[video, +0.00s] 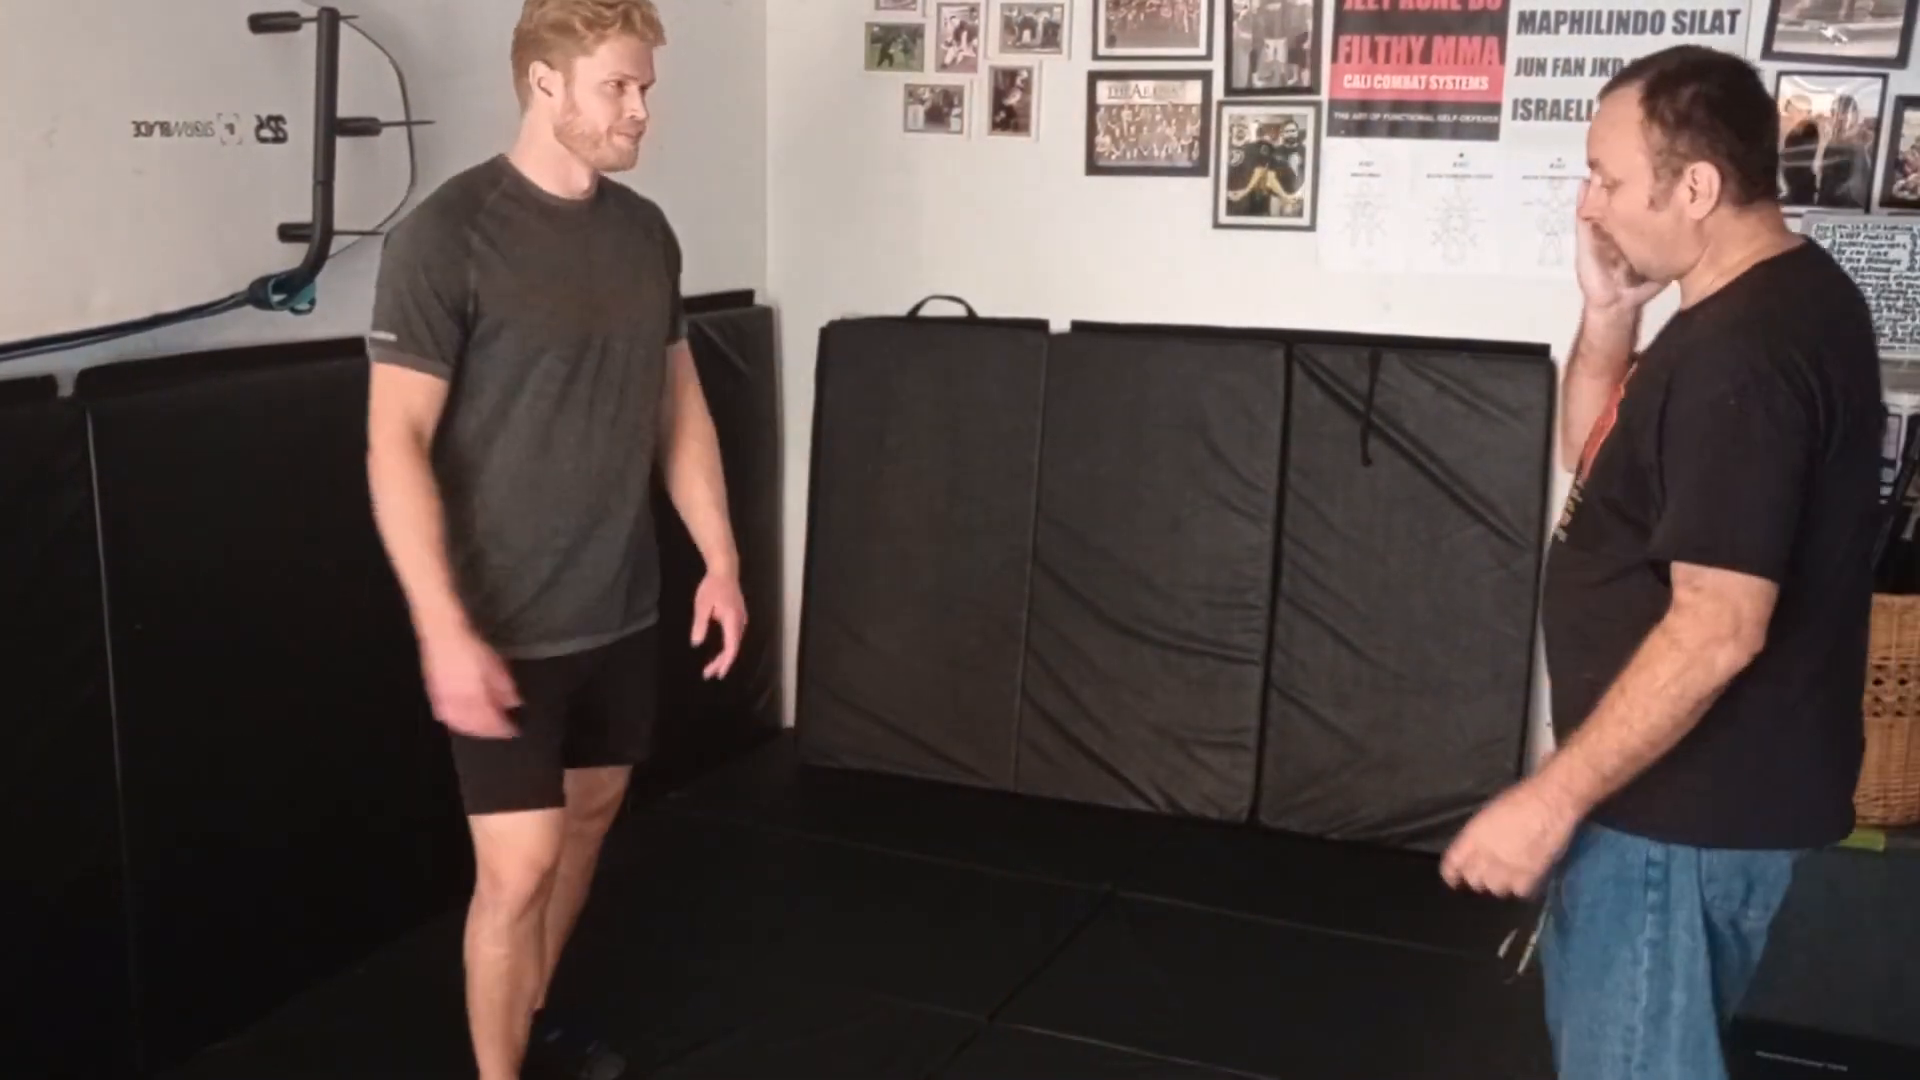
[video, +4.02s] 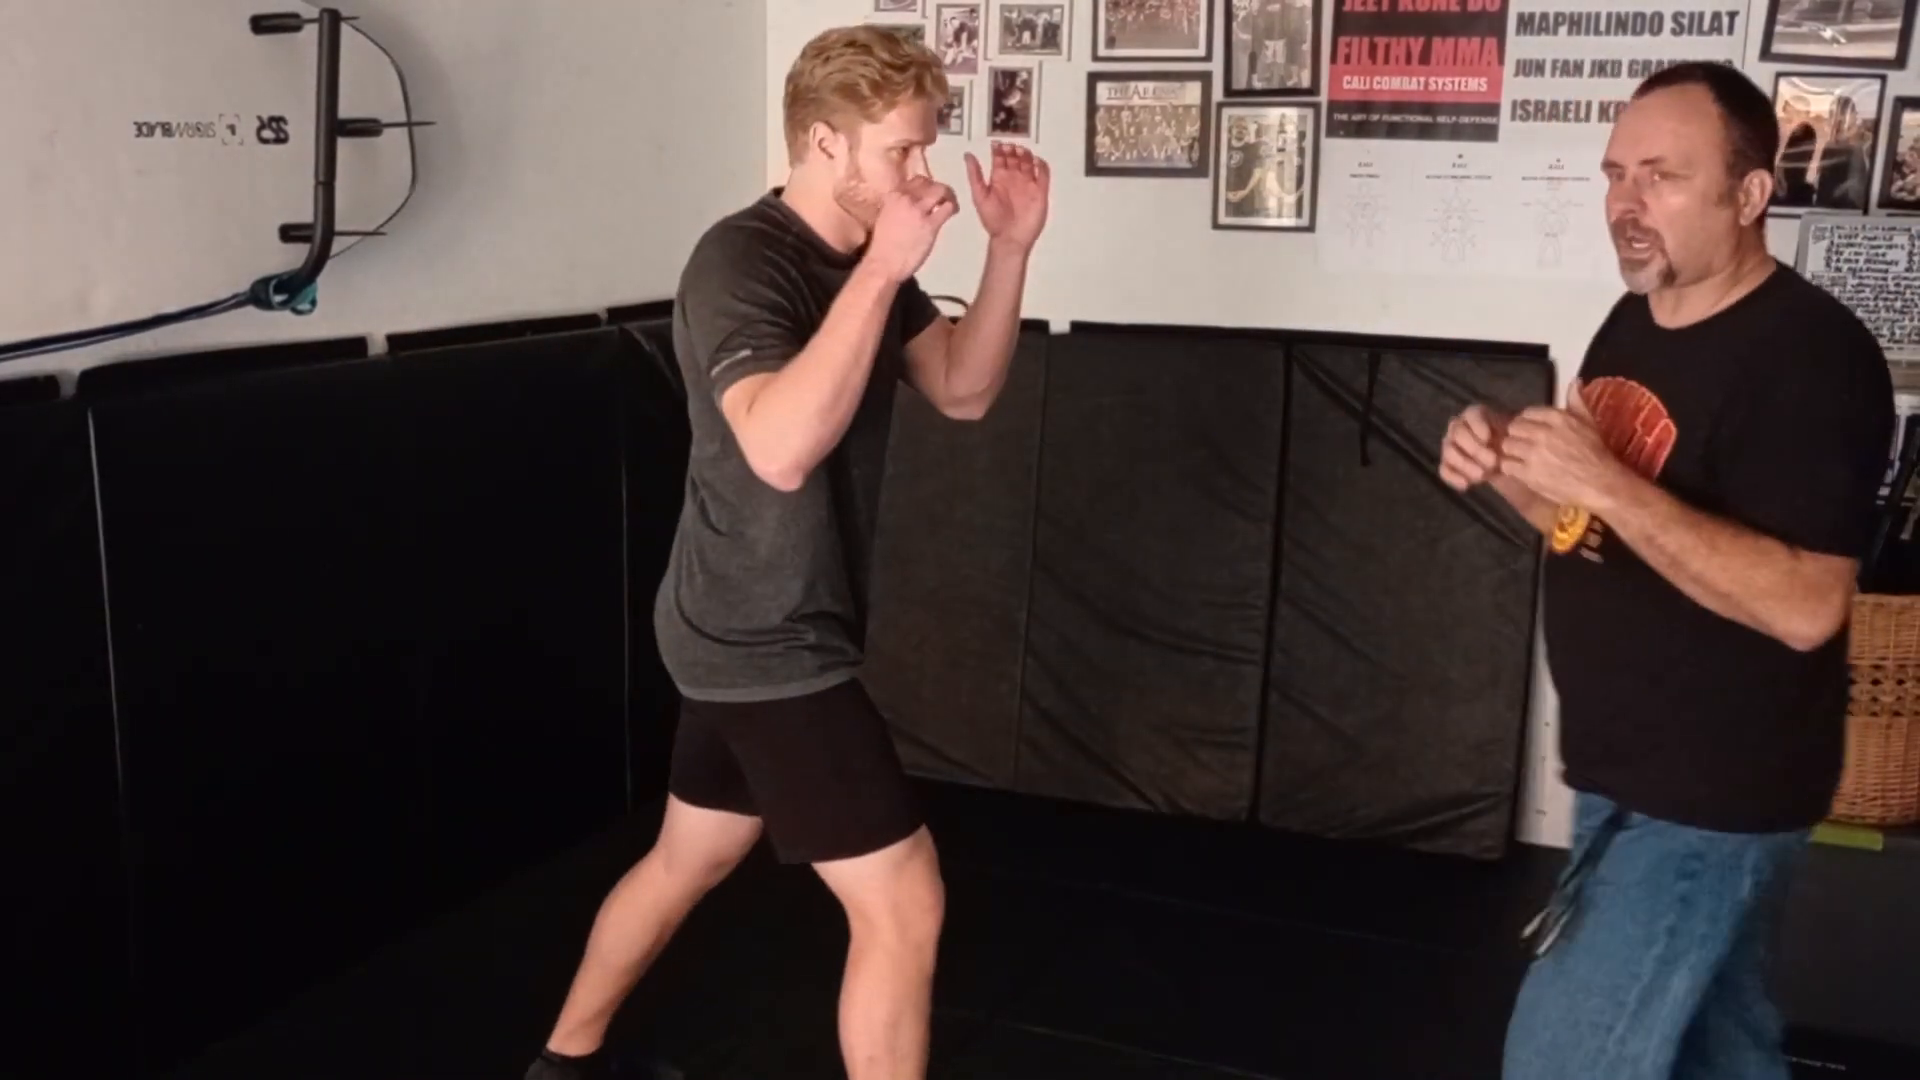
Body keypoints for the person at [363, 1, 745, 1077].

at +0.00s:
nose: (641, 112)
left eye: (647, 88)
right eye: (620, 88)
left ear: (642, 89)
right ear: (544, 87)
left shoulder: (641, 230)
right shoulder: (440, 237)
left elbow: (677, 402)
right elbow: (396, 443)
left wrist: (719, 557)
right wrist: (443, 632)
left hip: (625, 617)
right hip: (498, 630)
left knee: (582, 839)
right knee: (518, 874)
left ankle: (521, 1031)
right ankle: (495, 1068)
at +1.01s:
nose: (606, 125)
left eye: (615, 102)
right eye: (582, 103)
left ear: (620, 100)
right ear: (512, 100)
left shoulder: (581, 223)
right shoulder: (429, 221)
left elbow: (640, 358)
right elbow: (458, 404)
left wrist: (735, 266)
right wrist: (606, 293)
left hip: (568, 587)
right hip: (494, 605)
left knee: (503, 808)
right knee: (560, 871)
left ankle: (441, 978)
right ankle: (524, 1074)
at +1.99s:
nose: (596, 117)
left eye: (602, 96)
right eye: (576, 96)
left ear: (595, 100)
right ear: (504, 92)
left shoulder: (562, 217)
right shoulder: (411, 204)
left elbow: (638, 343)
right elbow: (406, 378)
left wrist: (710, 241)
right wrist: (533, 262)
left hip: (553, 562)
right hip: (465, 573)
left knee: (484, 788)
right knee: (525, 821)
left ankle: (435, 983)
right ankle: (516, 1069)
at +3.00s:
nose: (670, 162)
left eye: (679, 139)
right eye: (650, 139)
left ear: (681, 134)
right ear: (579, 127)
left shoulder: (661, 241)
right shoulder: (499, 231)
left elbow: (752, 340)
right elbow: (437, 381)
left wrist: (802, 231)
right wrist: (571, 243)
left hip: (614, 589)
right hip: (518, 600)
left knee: (651, 806)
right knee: (600, 865)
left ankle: (476, 972)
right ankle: (525, 1074)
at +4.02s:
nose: (927, 177)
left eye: (927, 150)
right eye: (906, 152)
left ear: (853, 148)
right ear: (830, 148)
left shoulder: (854, 252)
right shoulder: (735, 265)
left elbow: (964, 390)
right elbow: (778, 447)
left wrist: (1009, 249)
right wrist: (883, 273)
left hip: (760, 628)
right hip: (763, 644)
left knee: (686, 859)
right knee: (900, 910)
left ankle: (565, 1052)